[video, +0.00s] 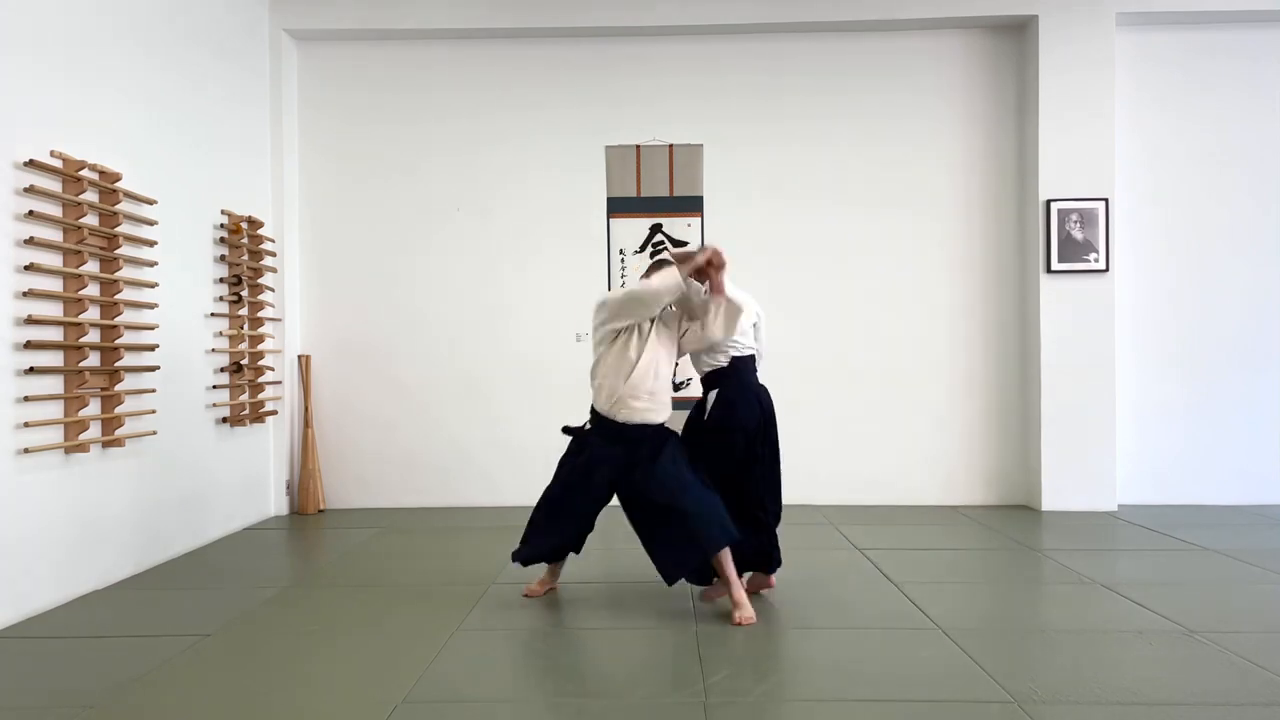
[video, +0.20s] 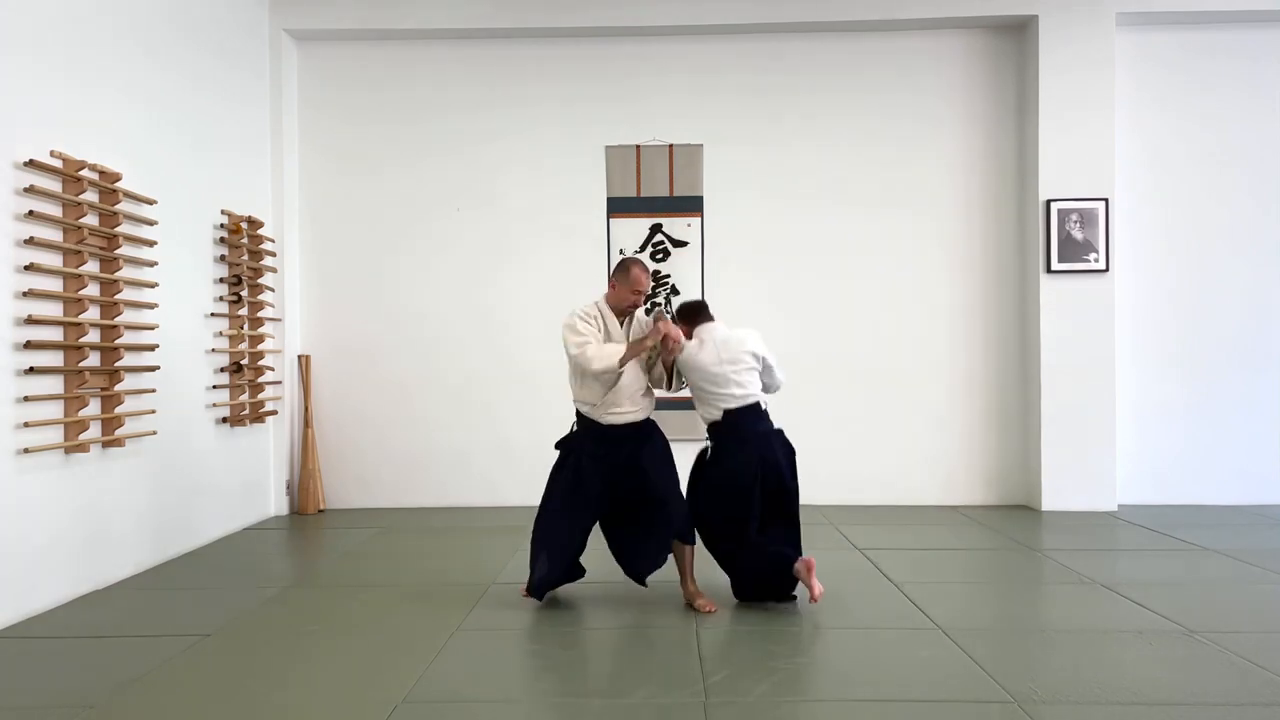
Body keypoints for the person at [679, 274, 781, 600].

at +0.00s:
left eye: (667, 278)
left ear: (686, 276)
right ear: (715, 271)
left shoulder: (689, 310)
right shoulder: (746, 303)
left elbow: (671, 349)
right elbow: (757, 354)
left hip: (721, 397)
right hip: (756, 394)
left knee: (697, 478)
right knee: (757, 480)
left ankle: (725, 572)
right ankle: (763, 568)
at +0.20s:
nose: (680, 334)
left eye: (679, 330)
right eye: (679, 330)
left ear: (684, 327)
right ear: (711, 317)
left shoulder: (685, 352)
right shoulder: (746, 338)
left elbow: (673, 385)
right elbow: (773, 383)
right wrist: (738, 378)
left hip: (728, 443)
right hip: (765, 435)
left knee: (717, 518)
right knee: (772, 509)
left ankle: (793, 567)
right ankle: (767, 588)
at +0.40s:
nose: (724, 408)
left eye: (724, 405)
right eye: (725, 403)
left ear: (688, 401)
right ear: (718, 401)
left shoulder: (669, 434)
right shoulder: (730, 420)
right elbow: (786, 461)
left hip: (722, 526)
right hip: (763, 513)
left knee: (717, 600)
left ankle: (806, 600)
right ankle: (808, 596)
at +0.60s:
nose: (704, 522)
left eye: (703, 516)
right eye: (701, 517)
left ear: (661, 516)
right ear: (683, 522)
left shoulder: (649, 548)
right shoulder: (689, 562)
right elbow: (755, 581)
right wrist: (791, 549)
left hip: (709, 621)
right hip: (751, 621)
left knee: (766, 506)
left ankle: (808, 607)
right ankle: (847, 503)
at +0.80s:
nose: (648, 412)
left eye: (655, 405)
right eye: (642, 406)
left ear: (668, 390)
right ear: (629, 391)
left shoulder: (685, 409)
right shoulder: (616, 397)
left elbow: (675, 471)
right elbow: (604, 438)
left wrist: (648, 533)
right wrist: (604, 485)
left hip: (694, 460)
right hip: (646, 459)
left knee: (688, 537)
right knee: (609, 529)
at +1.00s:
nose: (637, 364)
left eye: (644, 357)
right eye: (631, 357)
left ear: (658, 346)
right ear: (622, 349)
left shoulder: (672, 376)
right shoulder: (615, 372)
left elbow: (693, 433)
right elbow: (607, 416)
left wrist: (707, 496)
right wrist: (608, 460)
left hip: (678, 456)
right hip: (641, 459)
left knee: (691, 524)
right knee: (653, 551)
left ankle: (732, 571)